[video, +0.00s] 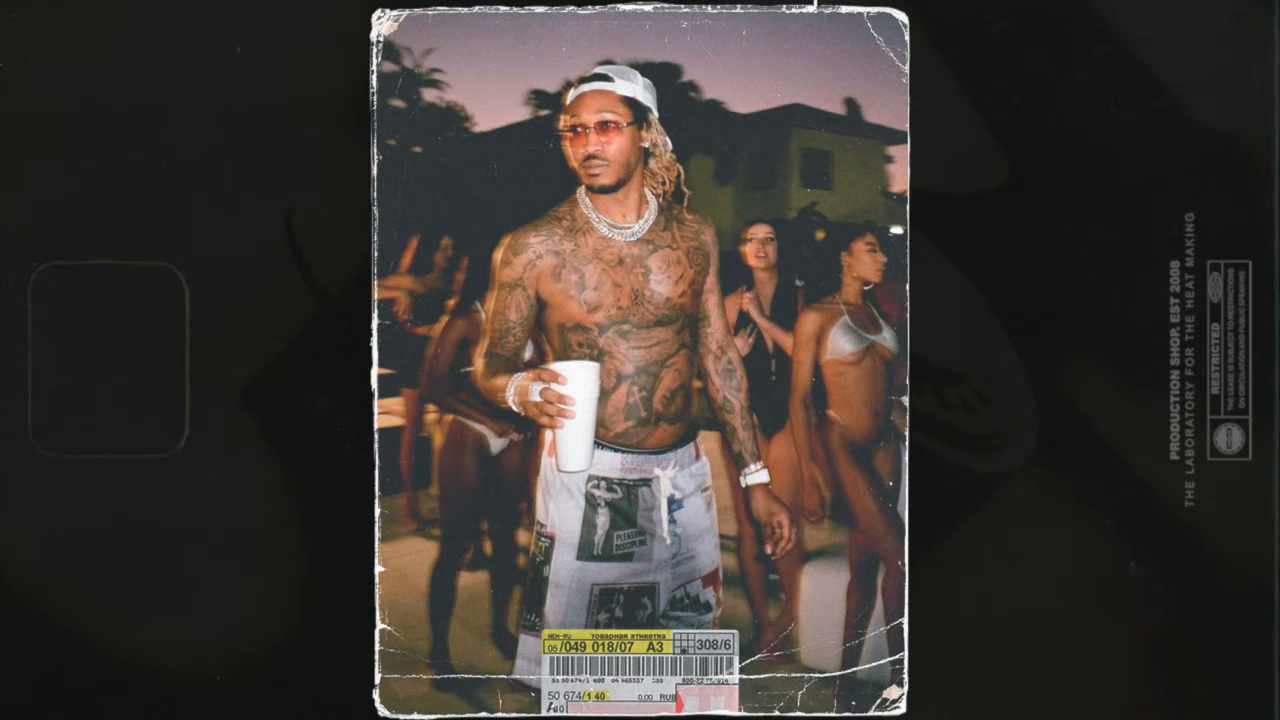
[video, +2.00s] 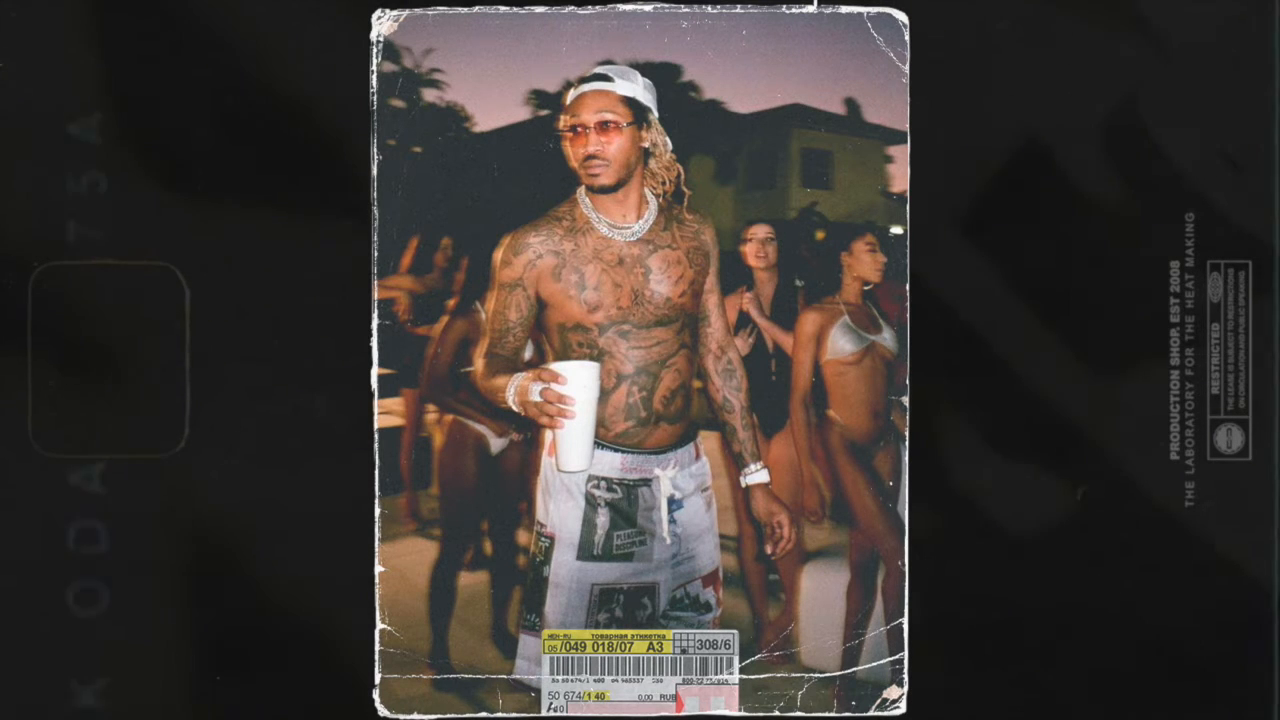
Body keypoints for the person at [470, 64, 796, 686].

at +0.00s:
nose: (590, 143)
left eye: (608, 126)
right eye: (576, 130)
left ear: (646, 138)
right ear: (565, 143)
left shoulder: (693, 236)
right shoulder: (532, 248)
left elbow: (720, 358)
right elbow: (490, 366)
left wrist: (756, 481)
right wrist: (516, 389)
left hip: (681, 477)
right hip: (582, 482)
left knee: (690, 663)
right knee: (574, 666)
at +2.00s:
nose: (589, 143)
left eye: (608, 126)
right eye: (576, 130)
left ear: (645, 138)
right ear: (565, 143)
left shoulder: (693, 235)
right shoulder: (532, 248)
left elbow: (720, 358)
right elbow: (491, 365)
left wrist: (756, 482)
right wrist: (517, 389)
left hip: (681, 475)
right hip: (583, 481)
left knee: (688, 662)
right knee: (575, 668)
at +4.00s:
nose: (590, 143)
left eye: (608, 126)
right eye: (576, 130)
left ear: (645, 138)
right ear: (565, 143)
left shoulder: (693, 235)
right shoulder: (532, 248)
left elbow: (720, 358)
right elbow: (491, 365)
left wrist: (756, 482)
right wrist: (516, 389)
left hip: (681, 476)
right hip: (582, 481)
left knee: (689, 664)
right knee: (574, 669)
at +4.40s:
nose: (590, 143)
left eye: (608, 126)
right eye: (576, 130)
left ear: (645, 138)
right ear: (565, 144)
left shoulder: (694, 236)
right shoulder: (532, 248)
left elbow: (720, 359)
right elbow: (491, 365)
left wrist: (756, 482)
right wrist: (516, 389)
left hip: (681, 477)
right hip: (582, 482)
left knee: (689, 664)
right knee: (573, 669)